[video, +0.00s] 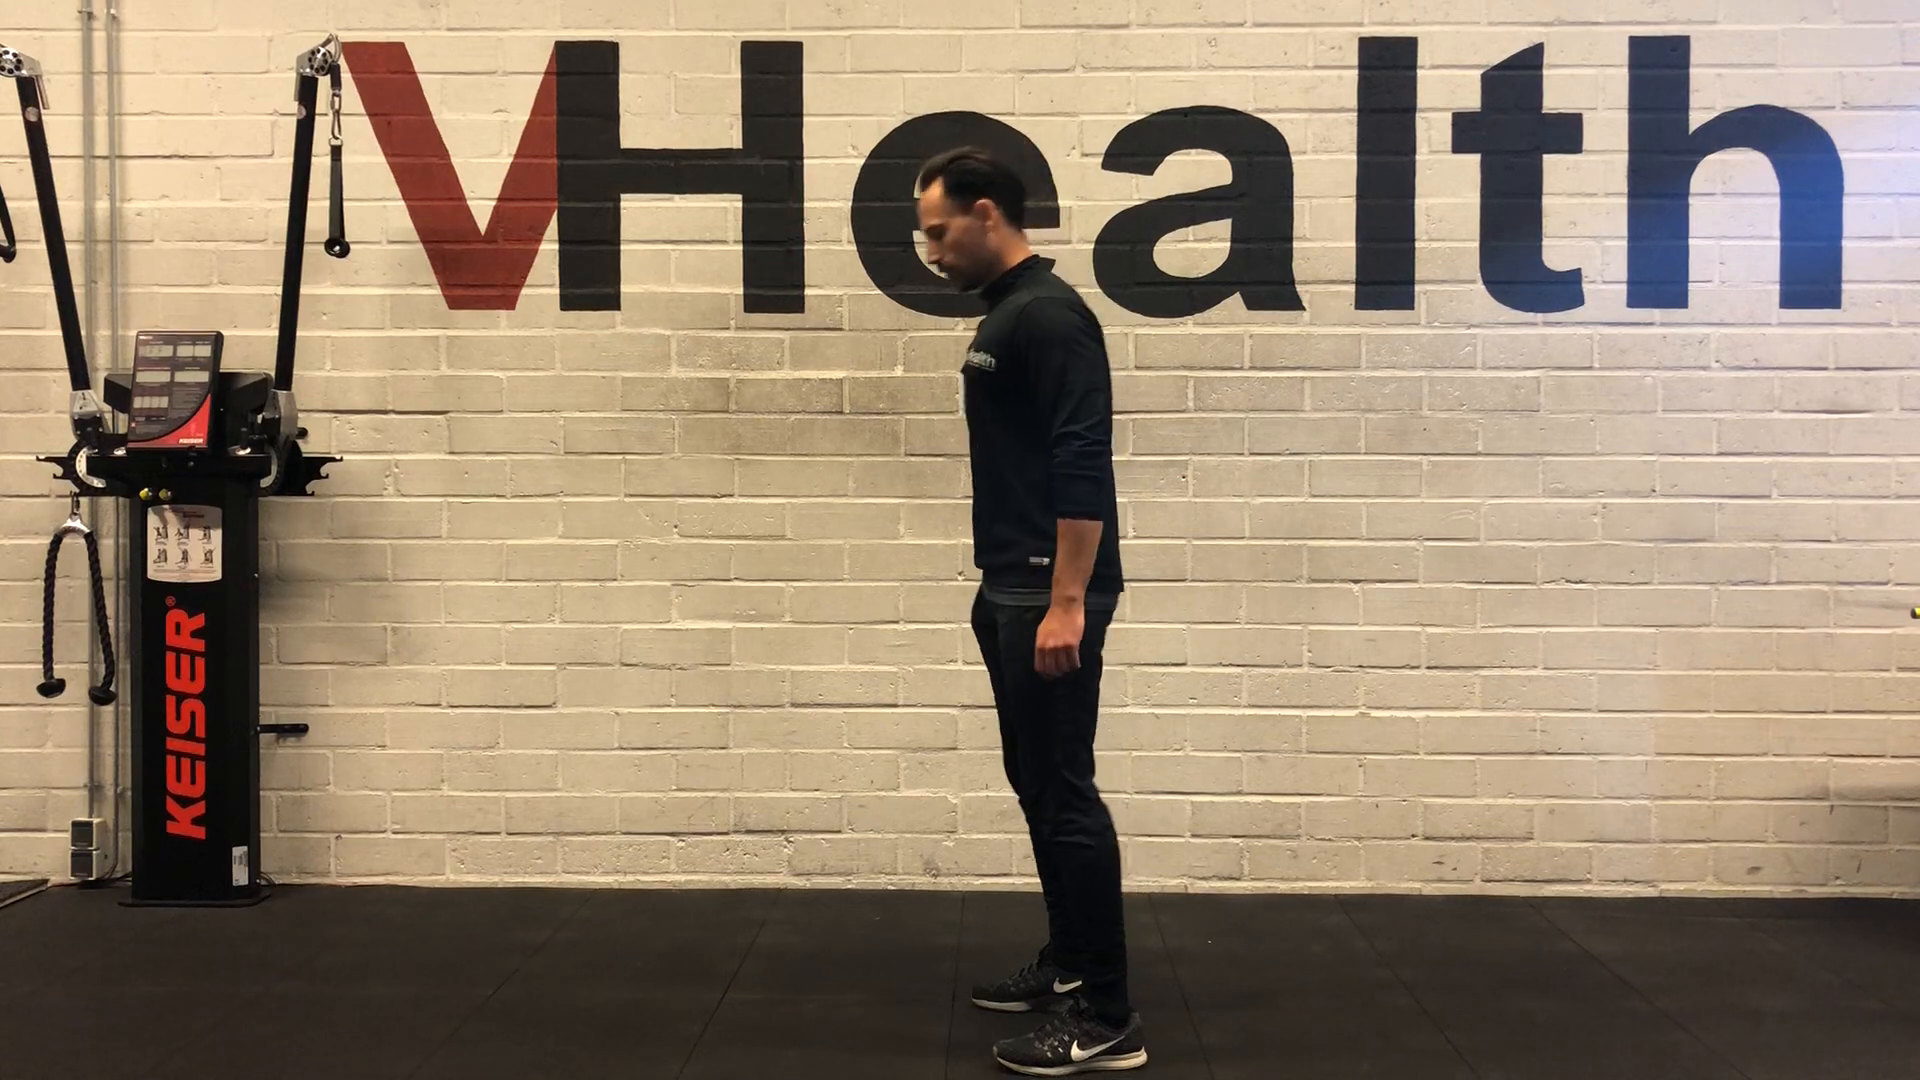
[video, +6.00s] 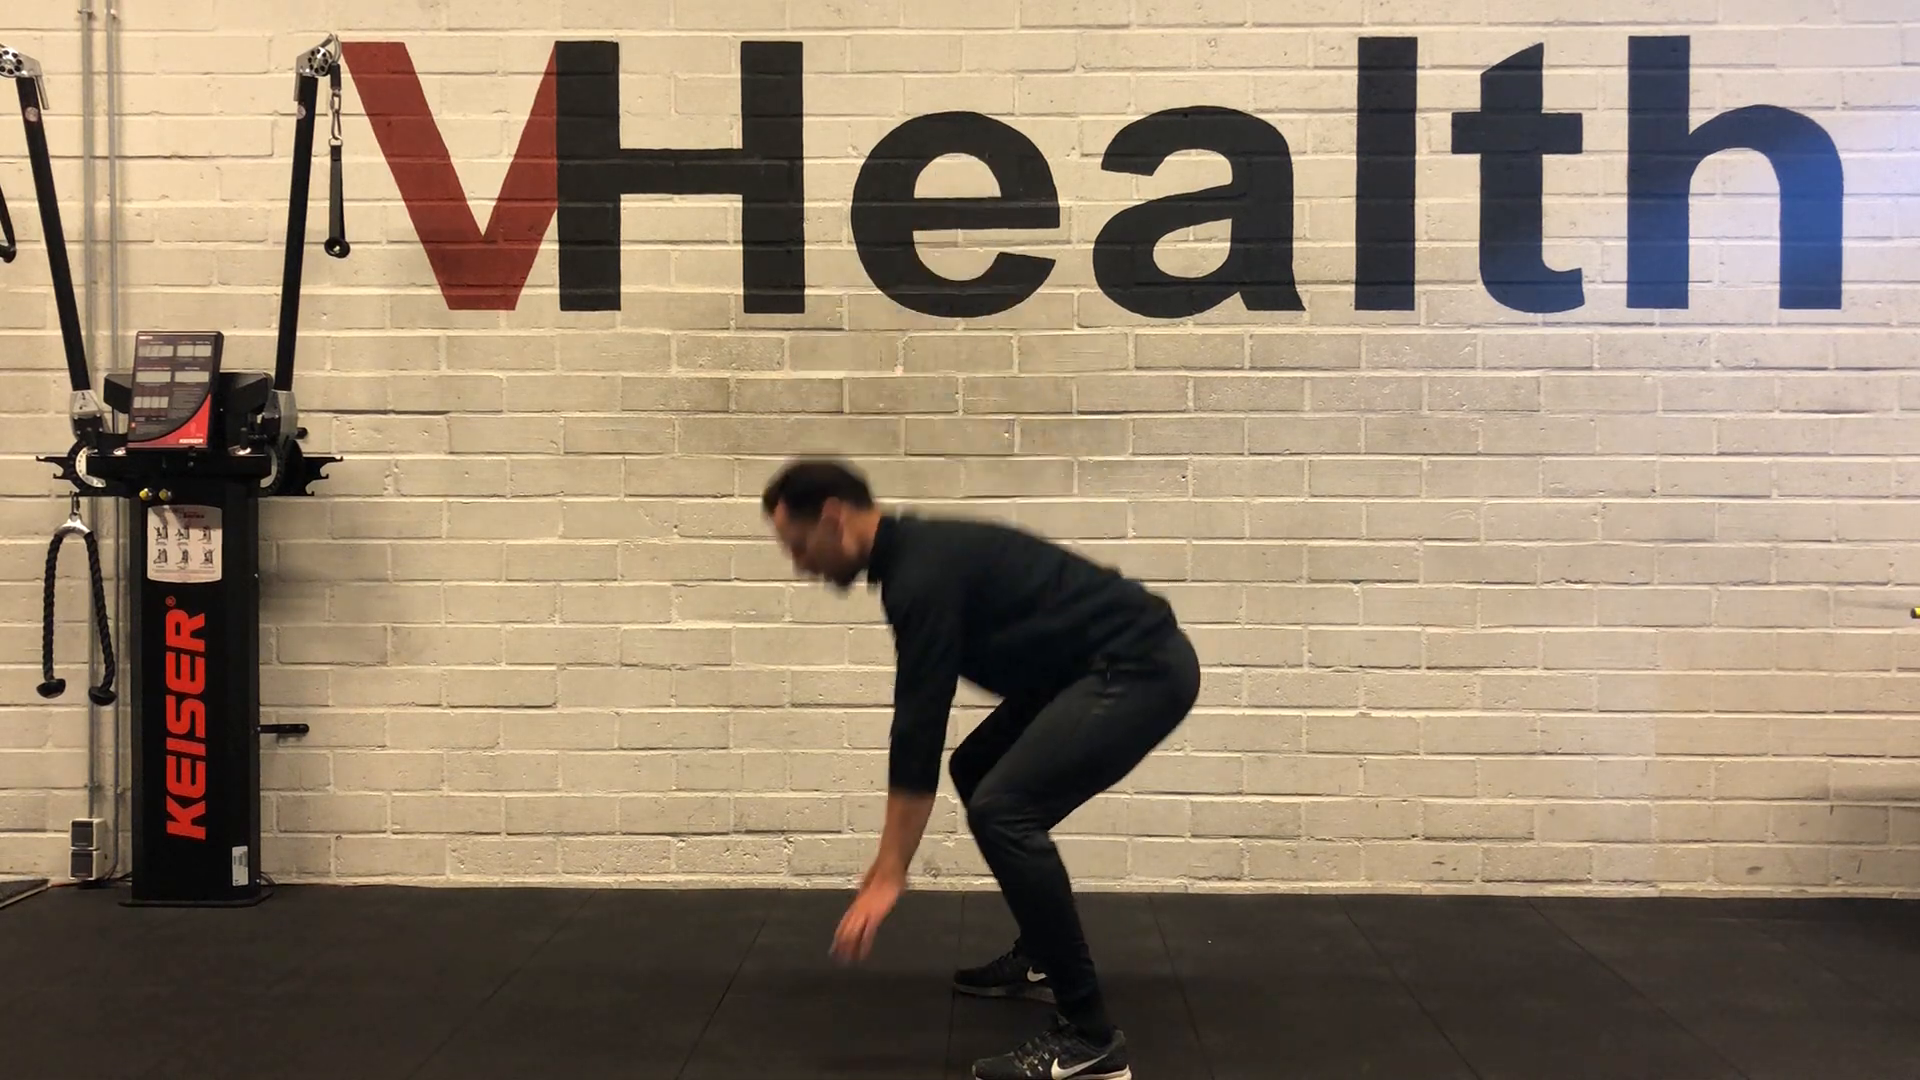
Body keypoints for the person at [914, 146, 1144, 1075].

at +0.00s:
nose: (924, 248)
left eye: (933, 229)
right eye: (921, 232)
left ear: (984, 214)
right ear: (981, 216)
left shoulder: (1052, 317)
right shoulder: (1009, 315)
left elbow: (1082, 471)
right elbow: (1023, 469)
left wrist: (1066, 603)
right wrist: (1001, 591)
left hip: (1049, 596)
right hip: (1015, 593)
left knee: (1064, 795)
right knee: (1039, 788)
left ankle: (1107, 1016)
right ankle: (1069, 970)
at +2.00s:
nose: (825, 401)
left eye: (833, 383)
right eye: (824, 384)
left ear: (882, 379)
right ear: (885, 382)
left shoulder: (946, 457)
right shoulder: (930, 451)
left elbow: (938, 616)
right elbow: (939, 613)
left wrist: (894, 753)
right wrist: (896, 741)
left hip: (1118, 634)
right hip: (1071, 635)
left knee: (1003, 805)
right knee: (974, 773)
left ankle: (1081, 1033)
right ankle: (1046, 959)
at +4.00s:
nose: (742, 748)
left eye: (746, 730)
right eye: (738, 732)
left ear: (795, 718)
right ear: (804, 709)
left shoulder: (883, 778)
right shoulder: (875, 753)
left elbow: (916, 925)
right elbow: (920, 891)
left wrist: (869, 1058)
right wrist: (887, 975)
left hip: (1061, 939)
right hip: (1062, 904)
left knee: (1267, 1044)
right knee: (1226, 965)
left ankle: (1496, 1011)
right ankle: (1415, 911)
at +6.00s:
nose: (798, 562)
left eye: (798, 543)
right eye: (790, 549)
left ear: (835, 514)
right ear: (841, 514)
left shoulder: (922, 574)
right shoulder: (910, 558)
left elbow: (918, 733)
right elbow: (915, 726)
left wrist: (889, 873)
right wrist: (889, 863)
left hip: (1140, 667)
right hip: (1091, 661)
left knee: (1003, 812)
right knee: (974, 769)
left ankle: (1088, 1034)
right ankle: (1045, 950)